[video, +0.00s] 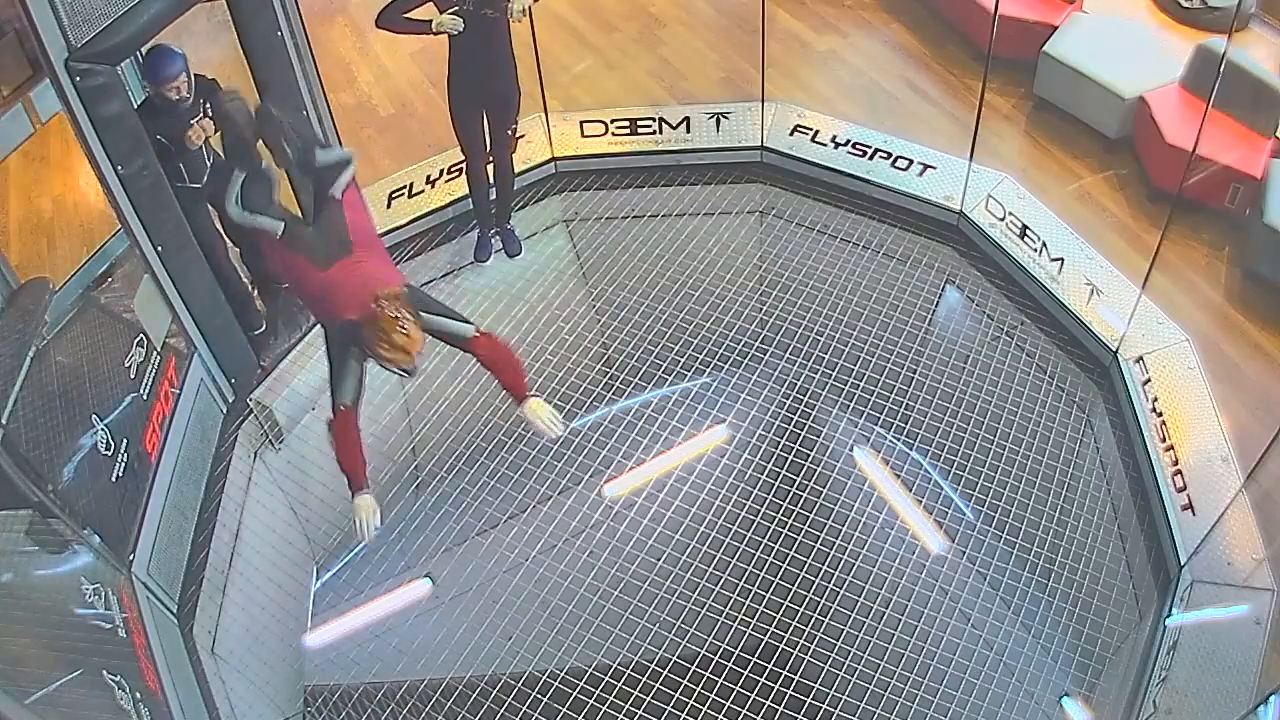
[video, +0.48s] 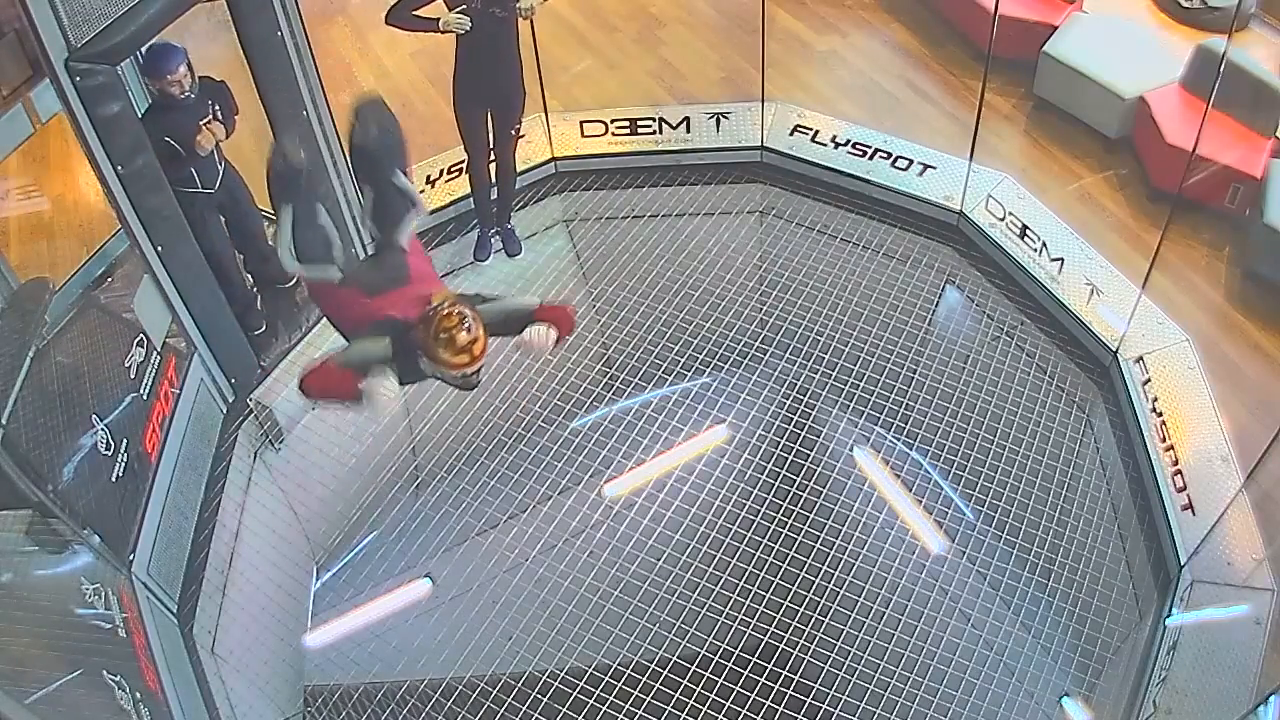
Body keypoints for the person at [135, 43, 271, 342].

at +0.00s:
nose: (181, 91)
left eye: (183, 81)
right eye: (172, 89)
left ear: (188, 72)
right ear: (152, 88)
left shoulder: (205, 87)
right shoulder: (144, 118)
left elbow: (227, 113)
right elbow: (155, 165)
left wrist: (212, 125)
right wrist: (184, 147)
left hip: (215, 172)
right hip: (183, 192)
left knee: (244, 230)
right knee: (215, 255)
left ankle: (268, 282)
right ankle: (248, 318)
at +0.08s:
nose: (176, 89)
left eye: (178, 80)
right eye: (166, 87)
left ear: (183, 70)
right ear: (148, 87)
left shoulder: (201, 86)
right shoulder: (143, 119)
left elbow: (224, 113)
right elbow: (152, 162)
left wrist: (212, 125)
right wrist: (183, 143)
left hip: (217, 177)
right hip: (186, 198)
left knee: (245, 229)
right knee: (217, 255)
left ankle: (263, 271)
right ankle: (248, 312)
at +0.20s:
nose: (174, 84)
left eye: (175, 75)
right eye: (165, 82)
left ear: (179, 68)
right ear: (146, 84)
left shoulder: (199, 86)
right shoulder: (142, 120)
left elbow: (220, 113)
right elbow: (154, 167)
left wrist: (213, 124)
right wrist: (182, 143)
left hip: (218, 177)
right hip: (187, 199)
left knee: (248, 228)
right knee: (218, 257)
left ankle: (268, 268)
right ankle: (250, 315)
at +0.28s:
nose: (175, 82)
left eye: (176, 73)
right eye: (165, 80)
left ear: (180, 66)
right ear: (146, 83)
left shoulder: (200, 86)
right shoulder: (143, 120)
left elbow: (221, 112)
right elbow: (155, 168)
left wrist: (214, 124)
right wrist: (184, 144)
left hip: (219, 178)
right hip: (188, 199)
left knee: (248, 228)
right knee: (217, 256)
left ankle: (271, 270)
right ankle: (249, 312)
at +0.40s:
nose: (178, 83)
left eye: (180, 74)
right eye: (168, 81)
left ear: (185, 66)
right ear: (149, 84)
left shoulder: (205, 87)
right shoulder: (147, 122)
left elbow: (226, 116)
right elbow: (159, 167)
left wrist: (218, 127)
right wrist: (189, 149)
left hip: (222, 178)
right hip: (190, 200)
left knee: (250, 228)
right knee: (219, 258)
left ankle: (269, 269)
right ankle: (249, 312)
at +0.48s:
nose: (183, 85)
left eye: (185, 76)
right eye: (173, 83)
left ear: (190, 66)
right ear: (154, 85)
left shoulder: (209, 87)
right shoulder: (149, 125)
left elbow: (229, 112)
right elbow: (162, 172)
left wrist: (223, 127)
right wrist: (195, 154)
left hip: (225, 178)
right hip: (192, 201)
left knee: (252, 229)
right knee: (221, 260)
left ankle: (271, 274)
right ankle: (251, 318)